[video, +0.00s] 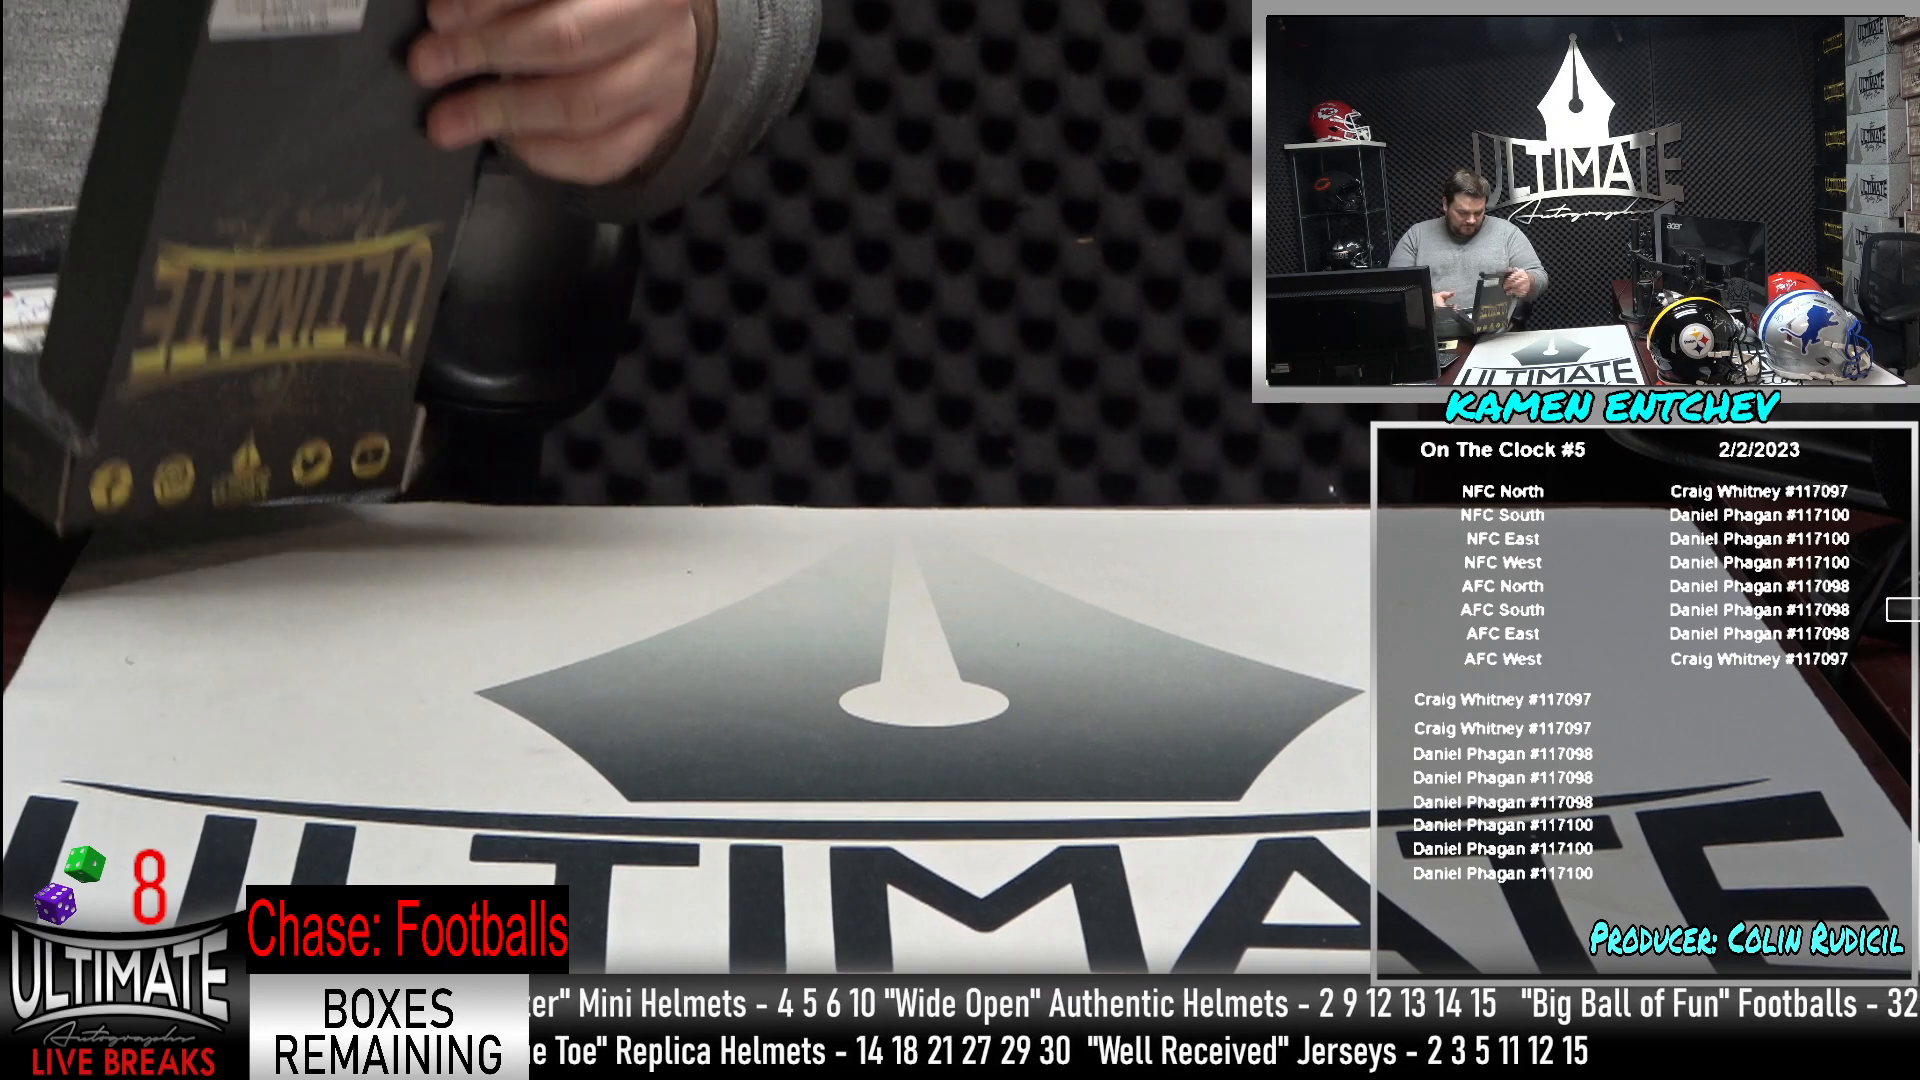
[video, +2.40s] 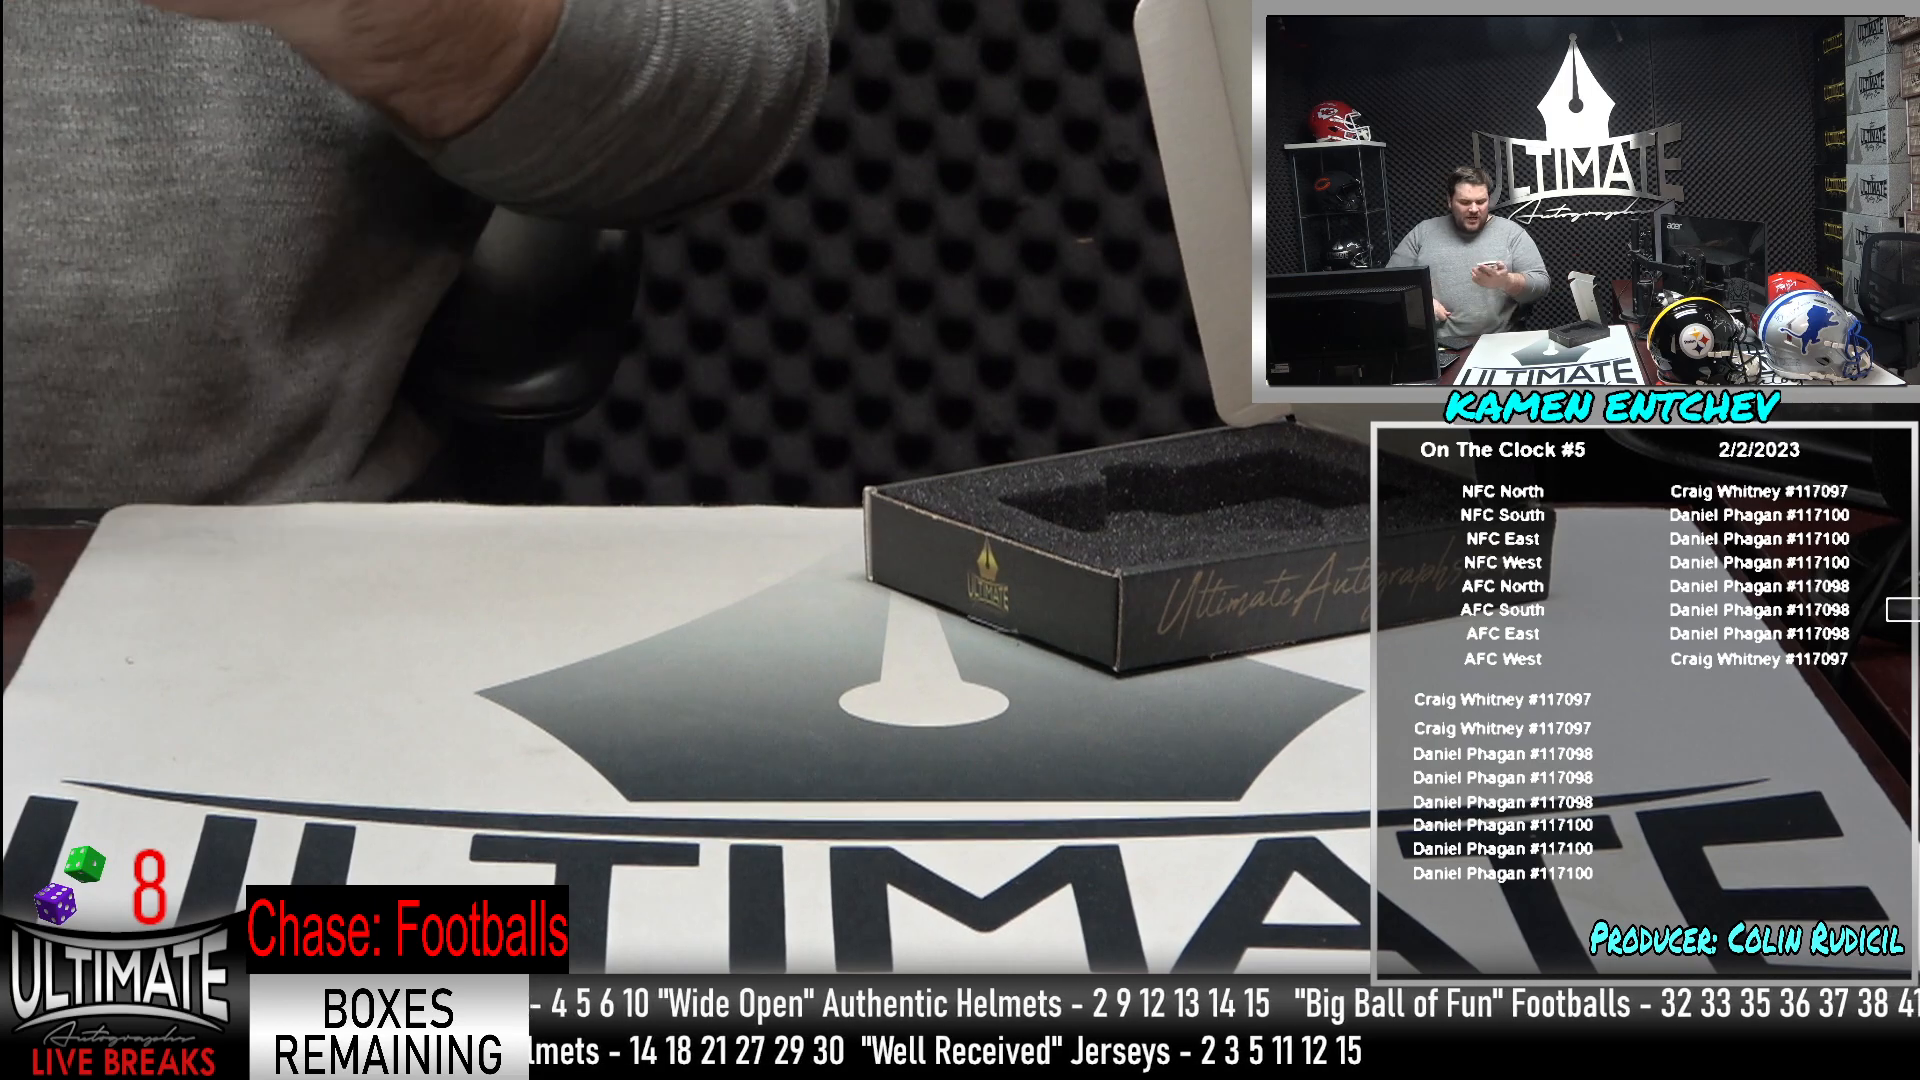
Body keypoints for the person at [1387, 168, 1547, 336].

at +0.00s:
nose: (1471, 220)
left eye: (1478, 213)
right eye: (1463, 213)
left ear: (1485, 206)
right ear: (1445, 205)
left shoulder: (1506, 234)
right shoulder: (1417, 236)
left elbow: (1539, 275)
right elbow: (1393, 287)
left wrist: (1528, 283)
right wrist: (1424, 300)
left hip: (1496, 343)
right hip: (1434, 347)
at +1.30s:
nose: (1459, 213)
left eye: (1467, 206)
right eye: (1452, 205)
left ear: (1479, 204)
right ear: (1441, 202)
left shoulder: (1507, 234)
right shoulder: (1417, 236)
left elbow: (1527, 276)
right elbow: (1391, 289)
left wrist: (1548, 272)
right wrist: (1424, 293)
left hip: (1494, 347)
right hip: (1433, 351)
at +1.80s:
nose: (1461, 209)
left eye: (1468, 200)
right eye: (1452, 202)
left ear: (1480, 199)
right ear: (1441, 203)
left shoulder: (1508, 233)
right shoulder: (1418, 235)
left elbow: (1542, 277)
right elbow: (1392, 287)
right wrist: (1428, 289)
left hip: (1496, 346)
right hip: (1434, 351)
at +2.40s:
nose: (1474, 209)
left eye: (1480, 201)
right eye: (1465, 202)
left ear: (1489, 200)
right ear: (1450, 201)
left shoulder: (1511, 234)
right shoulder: (1424, 234)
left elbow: (1541, 283)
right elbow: (1389, 280)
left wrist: (1507, 282)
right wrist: (1422, 301)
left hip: (1497, 346)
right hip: (1437, 350)